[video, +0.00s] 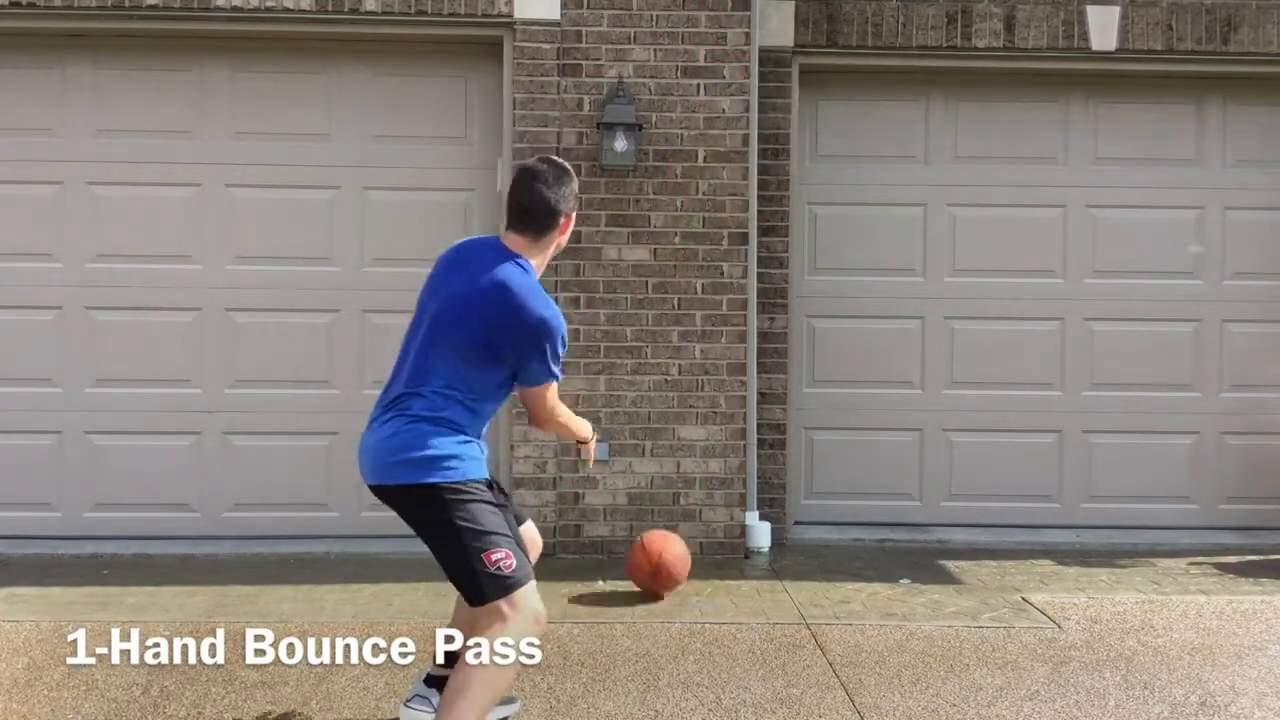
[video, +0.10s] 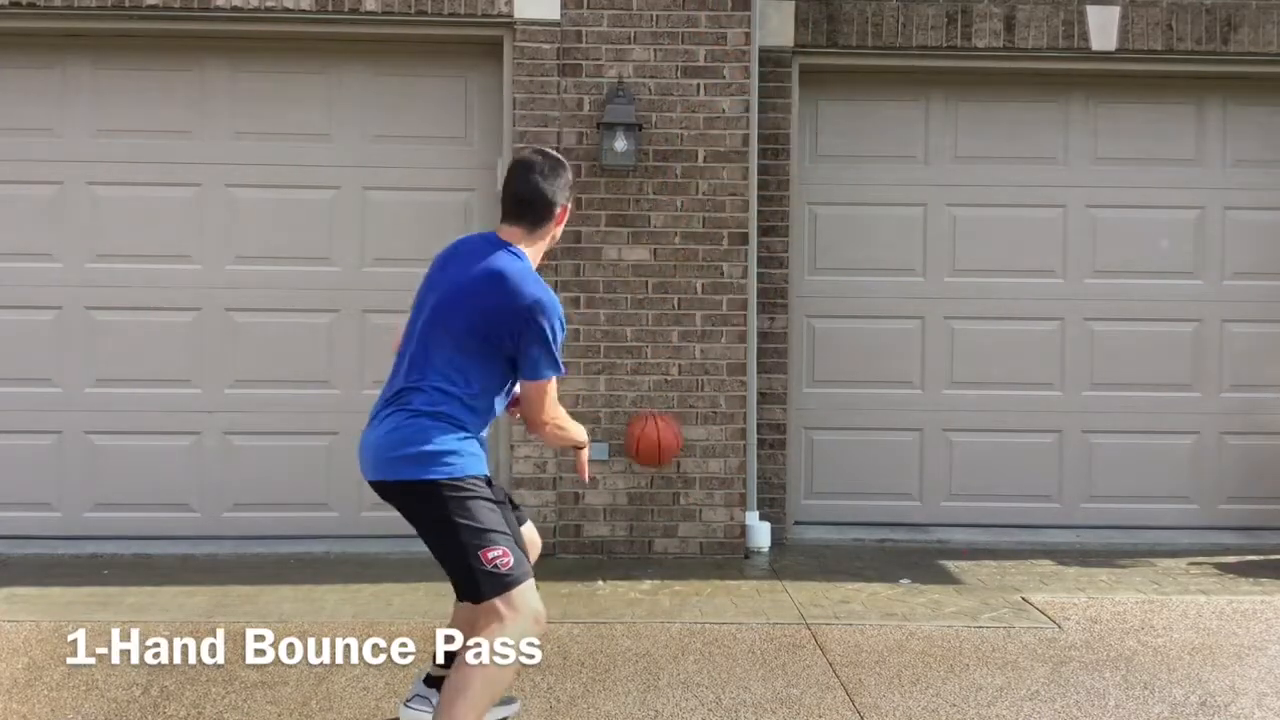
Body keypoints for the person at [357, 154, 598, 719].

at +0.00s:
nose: (572, 224)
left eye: (569, 214)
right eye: (573, 216)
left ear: (508, 210)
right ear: (565, 227)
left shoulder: (460, 256)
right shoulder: (535, 313)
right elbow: (543, 412)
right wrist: (583, 430)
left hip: (389, 444)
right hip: (433, 456)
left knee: (525, 541)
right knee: (519, 620)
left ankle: (442, 683)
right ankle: (455, 708)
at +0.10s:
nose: (568, 217)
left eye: (567, 206)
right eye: (569, 208)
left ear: (503, 202)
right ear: (560, 217)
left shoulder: (458, 254)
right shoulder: (533, 299)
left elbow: (411, 347)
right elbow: (540, 416)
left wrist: (507, 390)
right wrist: (581, 438)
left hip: (391, 443)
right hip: (434, 454)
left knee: (524, 541)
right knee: (518, 618)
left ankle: (442, 683)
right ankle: (455, 708)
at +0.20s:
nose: (564, 208)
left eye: (562, 199)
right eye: (564, 199)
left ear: (497, 193)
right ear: (556, 205)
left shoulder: (453, 249)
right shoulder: (533, 285)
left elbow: (400, 342)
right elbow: (550, 412)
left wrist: (481, 399)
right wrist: (599, 440)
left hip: (392, 442)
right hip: (436, 451)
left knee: (522, 542)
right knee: (519, 615)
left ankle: (442, 682)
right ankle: (456, 711)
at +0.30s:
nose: (557, 192)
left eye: (554, 183)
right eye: (556, 184)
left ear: (489, 185)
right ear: (549, 193)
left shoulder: (450, 243)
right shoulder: (532, 270)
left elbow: (400, 341)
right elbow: (574, 392)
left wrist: (485, 395)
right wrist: (629, 389)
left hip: (395, 441)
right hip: (442, 449)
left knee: (518, 544)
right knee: (521, 614)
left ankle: (438, 687)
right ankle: (458, 711)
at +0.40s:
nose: (554, 178)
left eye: (552, 169)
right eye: (555, 169)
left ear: (485, 169)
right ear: (547, 175)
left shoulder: (448, 231)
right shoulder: (533, 252)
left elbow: (406, 330)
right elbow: (611, 346)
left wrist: (494, 384)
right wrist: (649, 295)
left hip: (400, 434)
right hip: (446, 442)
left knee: (483, 576)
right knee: (528, 612)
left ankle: (441, 688)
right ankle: (461, 712)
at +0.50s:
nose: (551, 163)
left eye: (546, 154)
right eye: (551, 154)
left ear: (484, 159)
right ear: (543, 162)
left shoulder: (457, 221)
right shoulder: (526, 232)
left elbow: (439, 334)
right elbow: (635, 284)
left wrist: (499, 384)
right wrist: (652, 208)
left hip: (413, 427)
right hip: (449, 435)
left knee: (488, 581)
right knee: (525, 610)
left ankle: (440, 688)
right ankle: (460, 711)